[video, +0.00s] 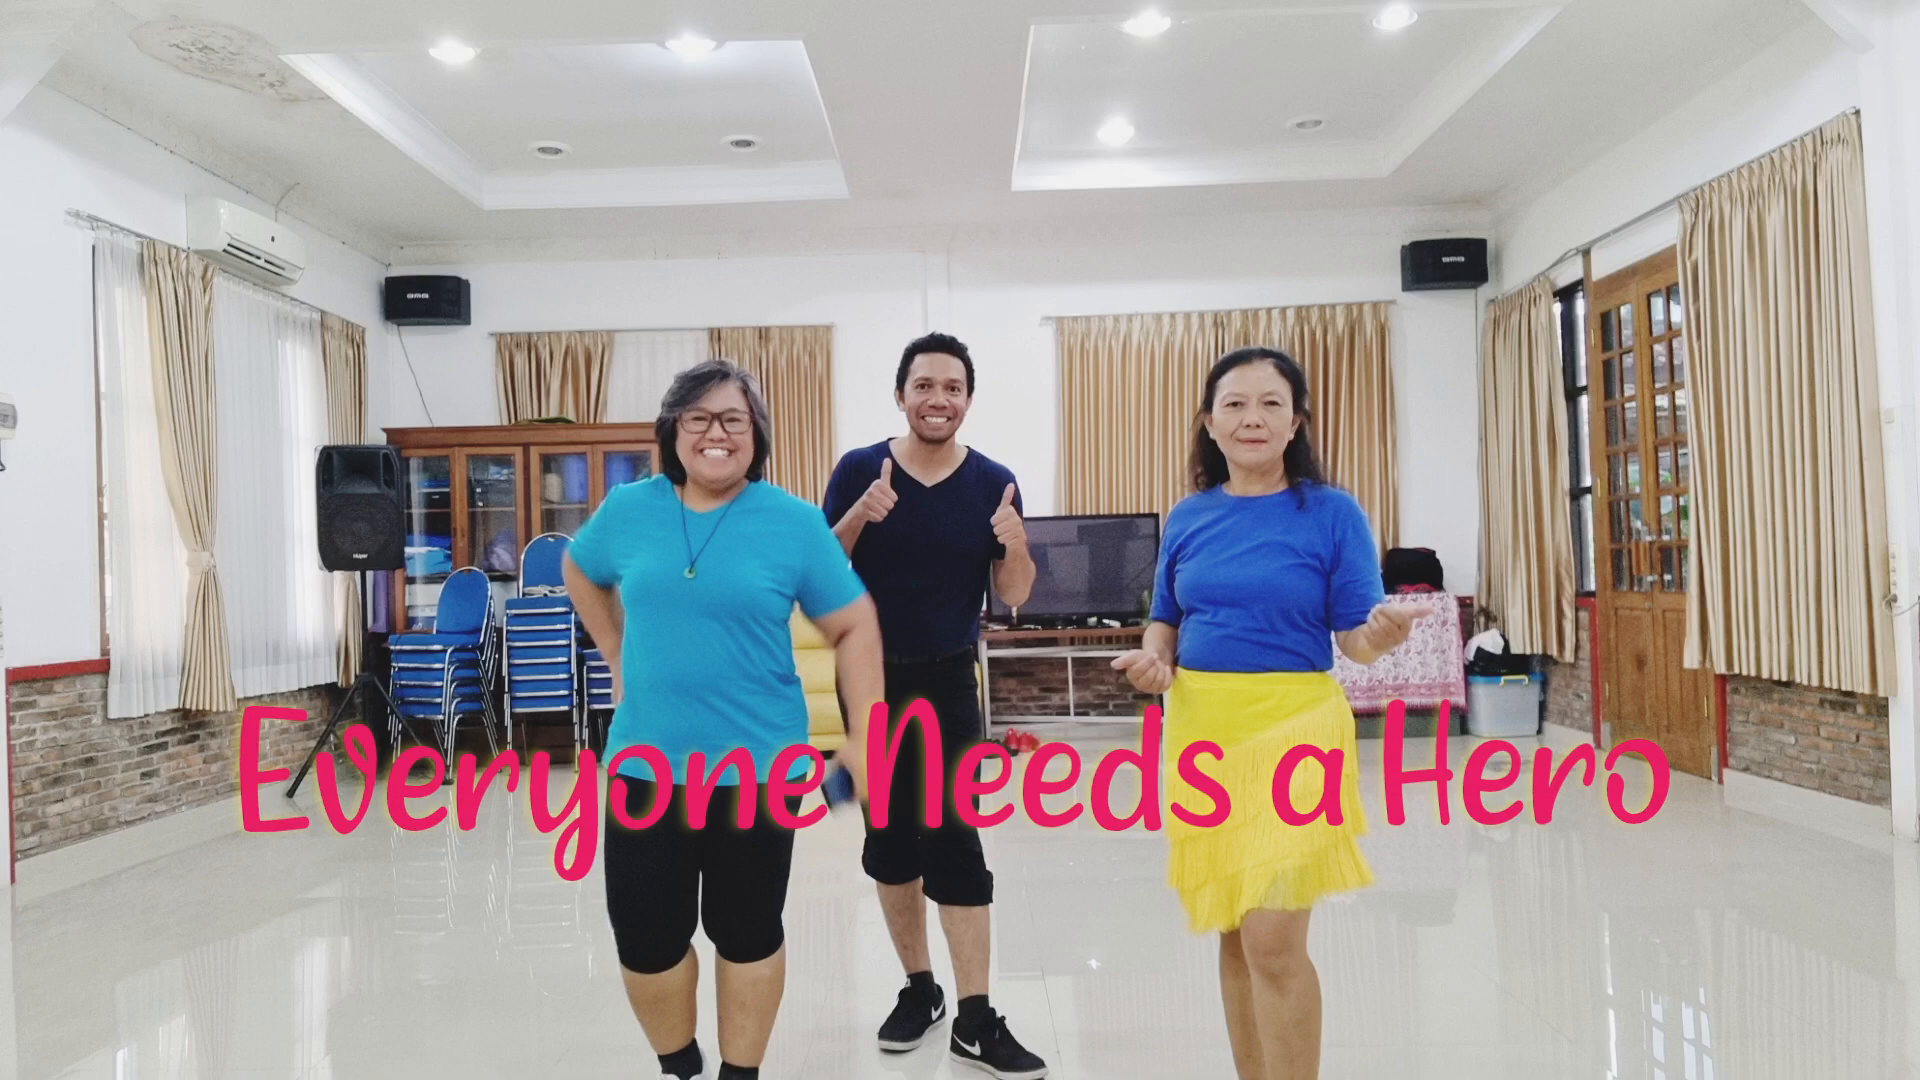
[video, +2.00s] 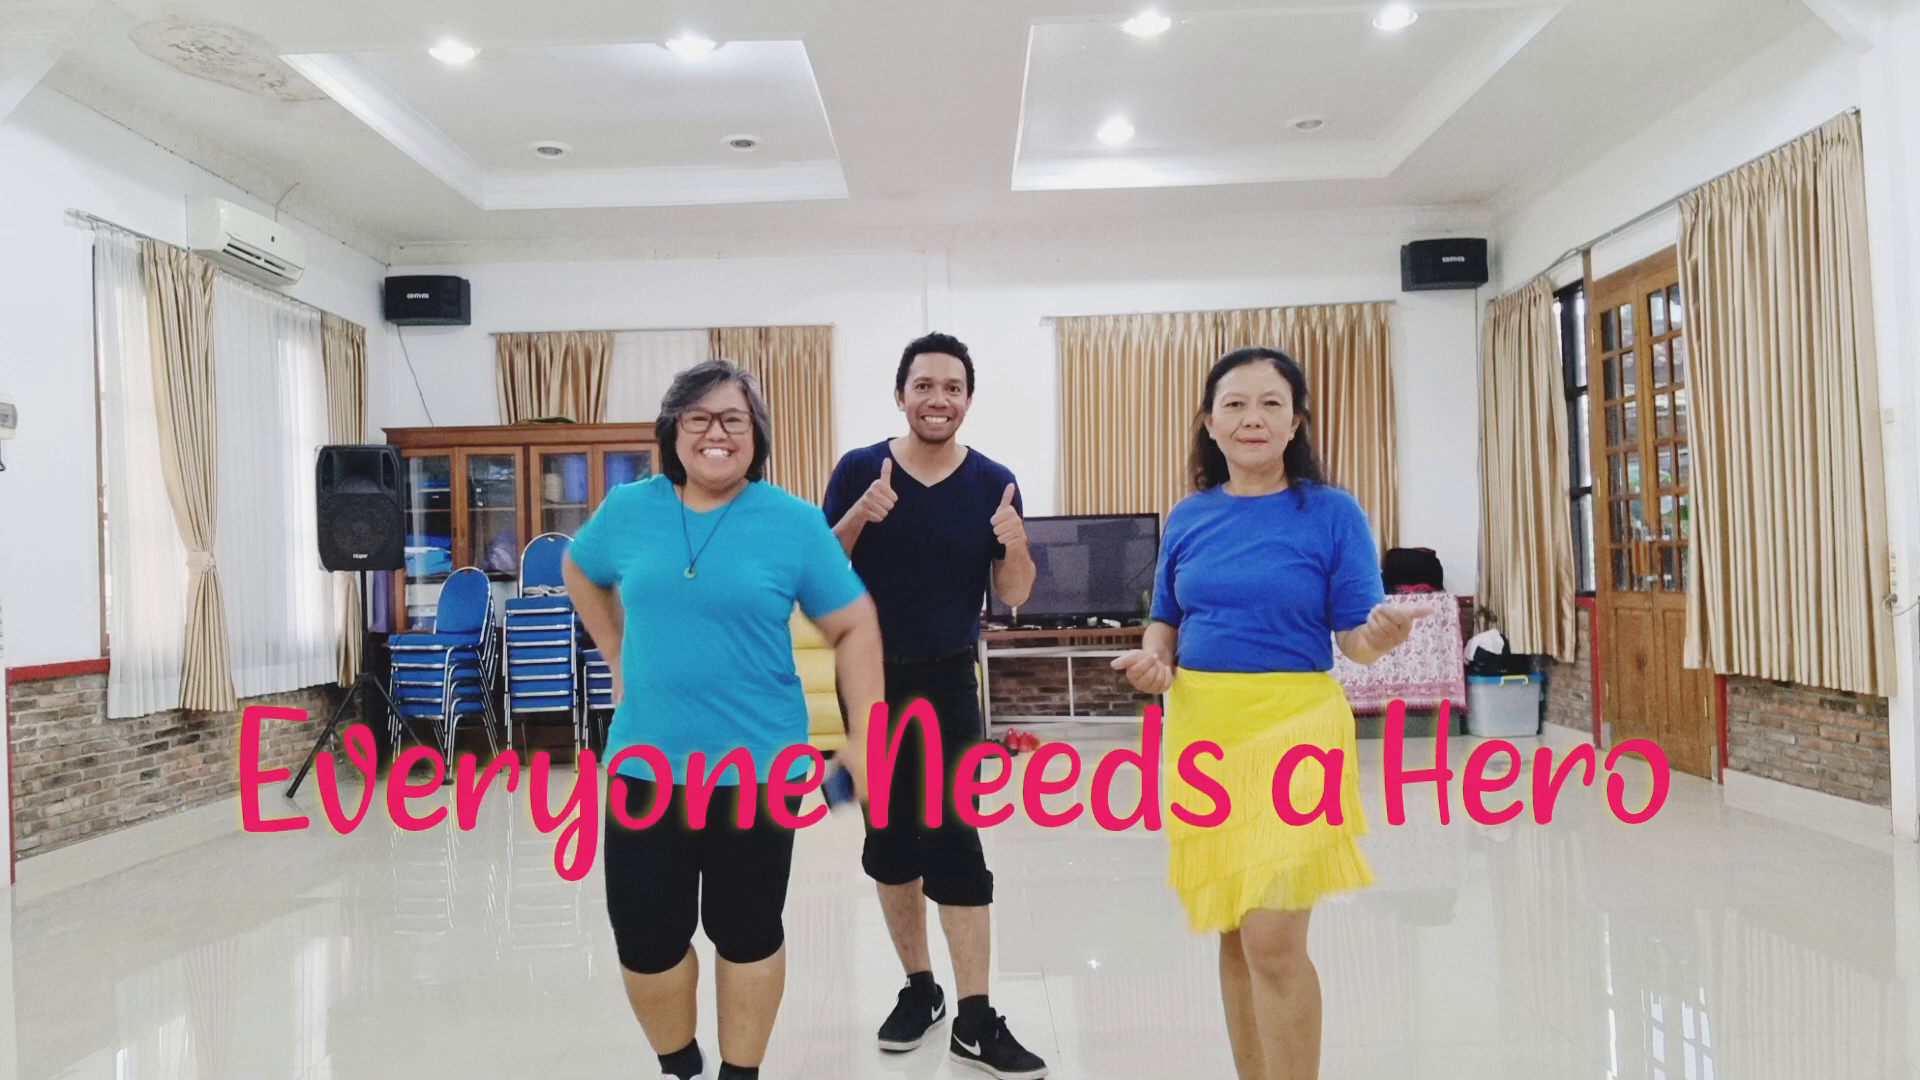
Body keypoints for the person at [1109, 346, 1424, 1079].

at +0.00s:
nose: (1252, 418)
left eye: (1270, 404)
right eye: (1234, 404)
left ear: (1295, 421)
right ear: (1210, 421)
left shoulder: (1333, 512)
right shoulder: (1186, 517)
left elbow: (1356, 643)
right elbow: (1163, 628)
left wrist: (1380, 635)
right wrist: (1151, 660)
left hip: (1297, 723)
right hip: (1204, 724)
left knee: (1272, 941)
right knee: (1237, 941)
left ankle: (1296, 1077)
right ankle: (1254, 1078)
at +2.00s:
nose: (1252, 418)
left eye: (1270, 404)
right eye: (1234, 404)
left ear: (1295, 421)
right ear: (1210, 421)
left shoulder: (1333, 512)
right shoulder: (1186, 517)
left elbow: (1356, 643)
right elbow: (1163, 628)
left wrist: (1380, 635)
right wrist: (1151, 660)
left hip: (1297, 723)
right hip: (1204, 724)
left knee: (1272, 941)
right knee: (1237, 941)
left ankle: (1296, 1077)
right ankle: (1254, 1078)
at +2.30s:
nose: (1252, 302)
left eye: (1270, 287)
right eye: (1234, 288)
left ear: (1295, 304)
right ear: (1210, 305)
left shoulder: (1333, 396)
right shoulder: (1186, 401)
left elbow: (1356, 526)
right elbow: (1163, 508)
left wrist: (1380, 516)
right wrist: (1150, 542)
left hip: (1295, 607)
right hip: (1202, 608)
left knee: (1272, 817)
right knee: (1233, 818)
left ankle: (1296, 1004)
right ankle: (1259, 997)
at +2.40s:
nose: (1252, 141)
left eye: (1270, 127)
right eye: (1235, 128)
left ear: (1296, 143)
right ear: (1210, 145)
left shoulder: (1333, 236)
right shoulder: (1186, 241)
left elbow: (1357, 367)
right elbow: (1163, 346)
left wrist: (1381, 357)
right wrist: (1152, 381)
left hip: (1295, 446)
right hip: (1202, 449)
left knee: (1271, 663)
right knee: (1236, 663)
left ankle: (1304, 836)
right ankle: (1255, 830)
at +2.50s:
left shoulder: (1339, 1)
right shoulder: (1183, 3)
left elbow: (1355, 100)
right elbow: (1164, 78)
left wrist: (1384, 93)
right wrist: (1154, 117)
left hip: (1294, 179)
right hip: (1204, 182)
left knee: (1271, 400)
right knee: (1237, 400)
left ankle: (1295, 587)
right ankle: (1257, 577)